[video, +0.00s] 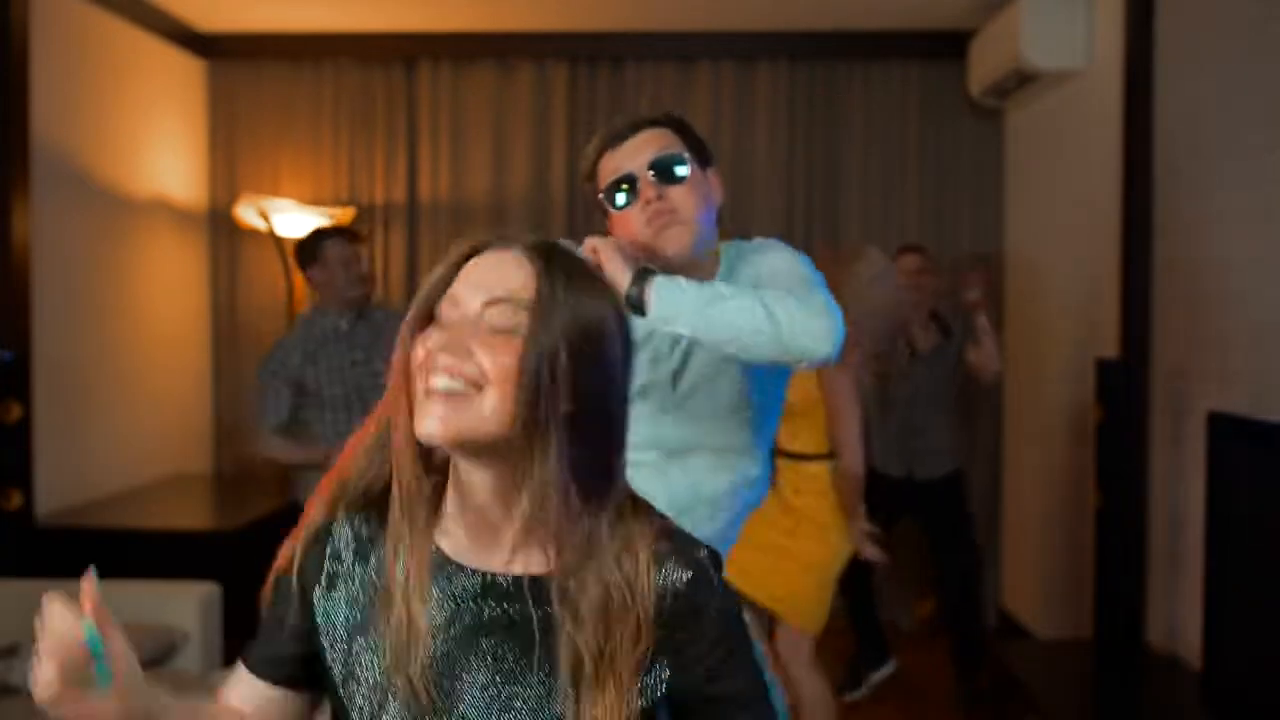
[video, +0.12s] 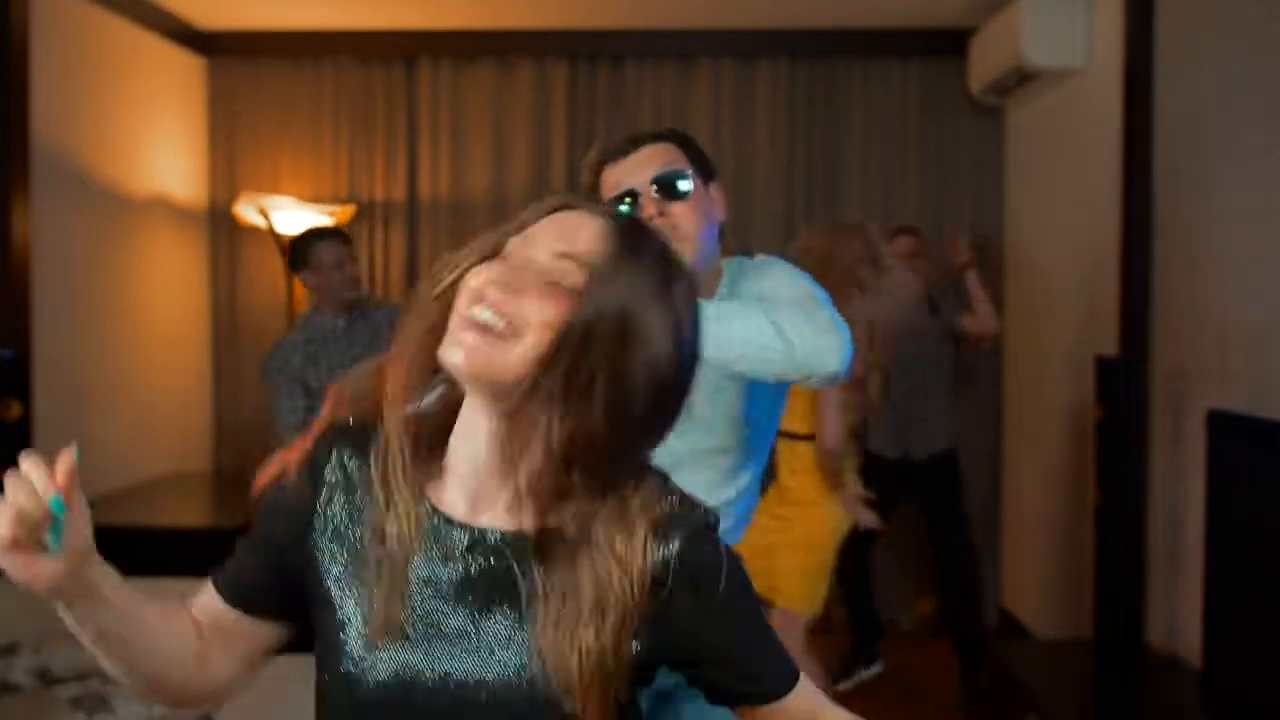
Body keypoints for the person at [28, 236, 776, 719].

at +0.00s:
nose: (441, 340)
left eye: (500, 320)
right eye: (439, 315)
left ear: (576, 369)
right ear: (414, 346)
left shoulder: (668, 585)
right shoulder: (341, 548)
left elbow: (749, 715)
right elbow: (243, 703)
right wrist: (132, 702)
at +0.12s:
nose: (498, 281)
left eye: (559, 278)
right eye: (499, 255)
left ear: (617, 342)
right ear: (466, 275)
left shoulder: (658, 543)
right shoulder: (337, 482)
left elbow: (801, 706)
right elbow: (193, 667)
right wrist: (78, 582)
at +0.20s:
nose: (565, 282)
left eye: (618, 294)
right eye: (564, 249)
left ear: (640, 374)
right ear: (504, 264)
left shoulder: (655, 527)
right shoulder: (340, 446)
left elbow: (820, 705)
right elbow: (156, 611)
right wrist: (50, 517)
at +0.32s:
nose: (609, 319)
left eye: (655, 332)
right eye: (592, 281)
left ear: (666, 417)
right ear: (513, 303)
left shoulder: (659, 554)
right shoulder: (348, 444)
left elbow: (810, 705)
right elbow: (113, 552)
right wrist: (39, 452)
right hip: (370, 714)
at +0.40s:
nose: (591, 325)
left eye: (637, 336)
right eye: (574, 288)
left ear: (647, 417)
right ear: (497, 317)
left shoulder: (664, 590)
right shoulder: (332, 482)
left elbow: (787, 713)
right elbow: (97, 544)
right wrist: (65, 452)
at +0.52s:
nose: (559, 345)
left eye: (607, 349)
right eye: (537, 312)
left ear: (626, 427)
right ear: (472, 347)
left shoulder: (664, 625)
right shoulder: (353, 509)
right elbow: (94, 585)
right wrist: (126, 485)